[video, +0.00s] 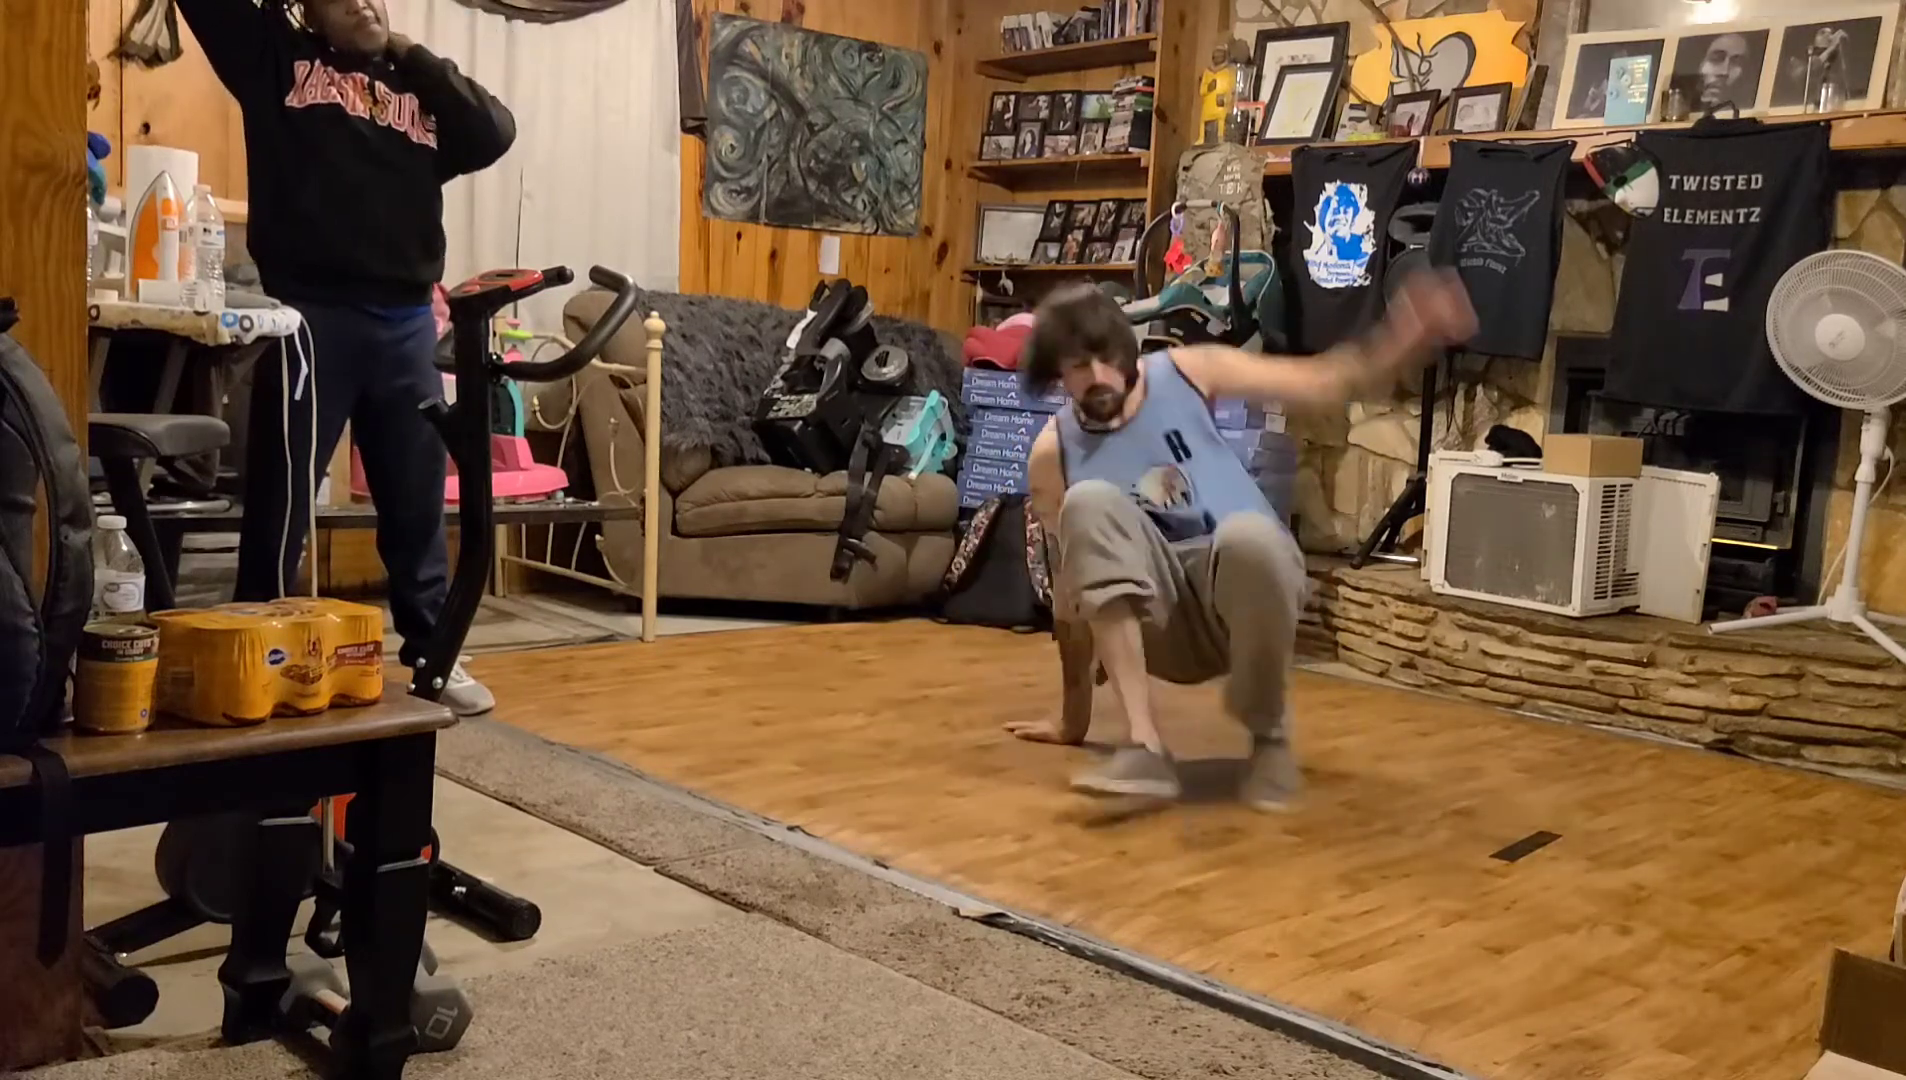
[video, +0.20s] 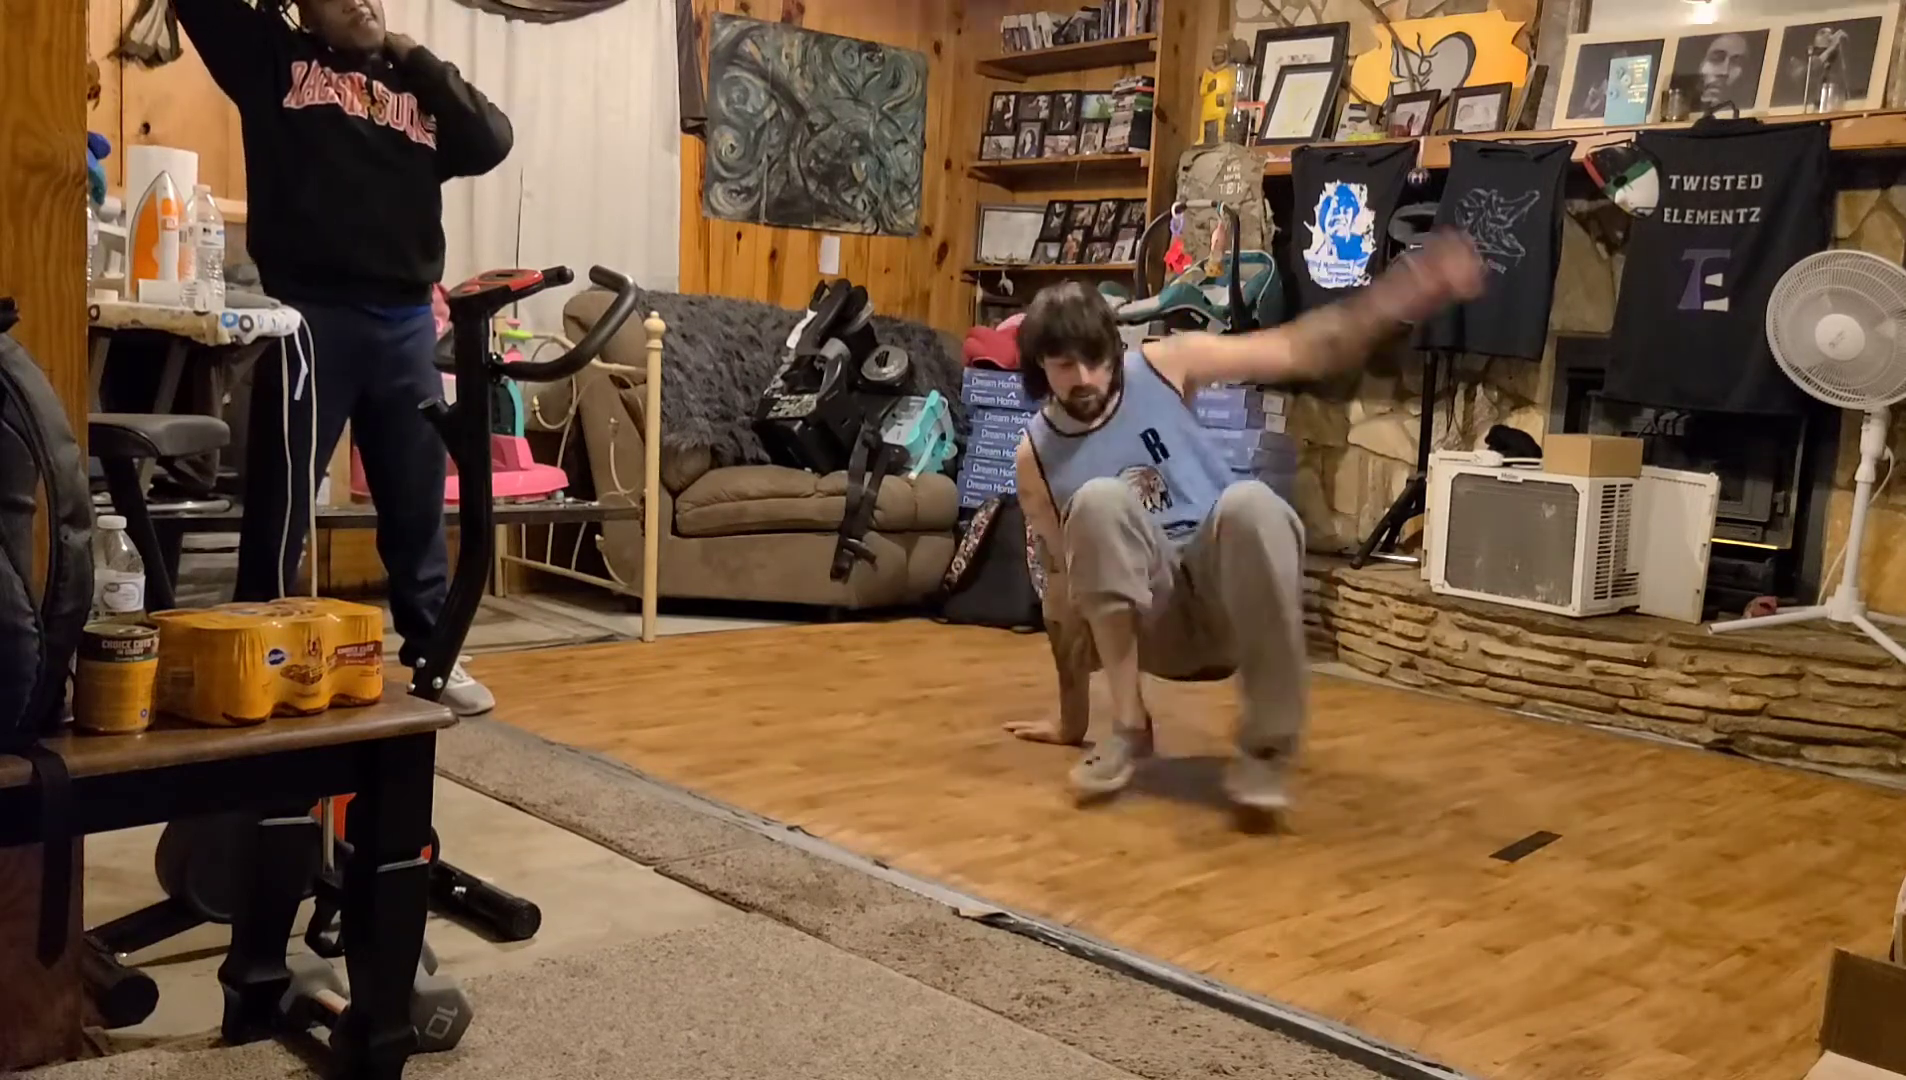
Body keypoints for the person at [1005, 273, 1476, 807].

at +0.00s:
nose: (1097, 377)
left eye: (1106, 356)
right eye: (1077, 366)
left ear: (1127, 348)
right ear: (1056, 373)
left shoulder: (1190, 370)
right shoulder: (1051, 454)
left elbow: (1322, 379)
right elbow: (1071, 599)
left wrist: (1399, 341)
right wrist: (1072, 727)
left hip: (1240, 597)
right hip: (1151, 623)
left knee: (1251, 538)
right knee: (1090, 503)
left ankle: (1271, 741)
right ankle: (1146, 747)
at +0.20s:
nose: (1083, 379)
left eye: (1094, 360)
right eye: (1063, 365)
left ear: (1114, 348)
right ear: (1039, 370)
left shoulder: (1171, 362)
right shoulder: (1036, 458)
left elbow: (1303, 346)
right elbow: (1063, 591)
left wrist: (1414, 285)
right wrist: (1075, 723)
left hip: (1229, 598)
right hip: (1144, 621)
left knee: (1251, 504)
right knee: (1098, 500)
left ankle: (1266, 753)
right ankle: (1128, 727)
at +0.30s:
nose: (1098, 384)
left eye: (1111, 365)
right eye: (1081, 367)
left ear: (1135, 362)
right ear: (1059, 371)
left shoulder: (1194, 396)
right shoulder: (1047, 456)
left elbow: (1310, 474)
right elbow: (1063, 586)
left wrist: (1422, 539)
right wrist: (1072, 721)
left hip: (1207, 614)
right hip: (1120, 617)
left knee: (1228, 566)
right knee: (1089, 560)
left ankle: (1185, 733)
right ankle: (1109, 723)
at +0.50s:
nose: (1288, 389)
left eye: (1309, 382)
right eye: (1282, 367)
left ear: (1325, 398)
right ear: (1258, 356)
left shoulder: (1316, 476)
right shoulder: (1186, 381)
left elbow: (1297, 613)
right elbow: (1075, 461)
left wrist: (1304, 743)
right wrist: (968, 545)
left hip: (1177, 619)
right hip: (1090, 578)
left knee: (1195, 516)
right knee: (1047, 504)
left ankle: (1128, 735)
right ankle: (1025, 714)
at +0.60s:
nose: (1314, 392)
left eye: (1336, 385)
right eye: (1311, 371)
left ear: (1359, 390)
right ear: (1295, 353)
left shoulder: (1340, 478)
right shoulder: (1228, 371)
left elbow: (1304, 613)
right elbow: (1106, 402)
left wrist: (1302, 739)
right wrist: (1002, 409)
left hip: (1204, 601)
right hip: (1123, 551)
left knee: (1201, 538)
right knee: (1033, 521)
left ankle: (1052, 745)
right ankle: (893, 742)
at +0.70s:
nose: (1329, 389)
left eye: (1351, 382)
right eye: (1325, 367)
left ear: (1370, 393)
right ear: (1307, 351)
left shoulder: (1351, 475)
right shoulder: (1243, 359)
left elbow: (1311, 611)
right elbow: (1113, 355)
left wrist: (1301, 741)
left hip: (1214, 603)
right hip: (1130, 548)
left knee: (1186, 525)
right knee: (1038, 505)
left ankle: (1068, 769)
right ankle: (933, 734)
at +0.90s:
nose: (1319, 377)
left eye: (1340, 372)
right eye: (1314, 357)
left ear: (1354, 391)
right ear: (1291, 353)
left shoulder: (1346, 479)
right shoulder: (1219, 375)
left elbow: (1306, 615)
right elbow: (1096, 386)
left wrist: (1300, 741)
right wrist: (1047, 312)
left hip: (1211, 629)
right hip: (1118, 578)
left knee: (1187, 548)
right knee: (1016, 536)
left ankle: (1115, 729)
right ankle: (1062, 710)